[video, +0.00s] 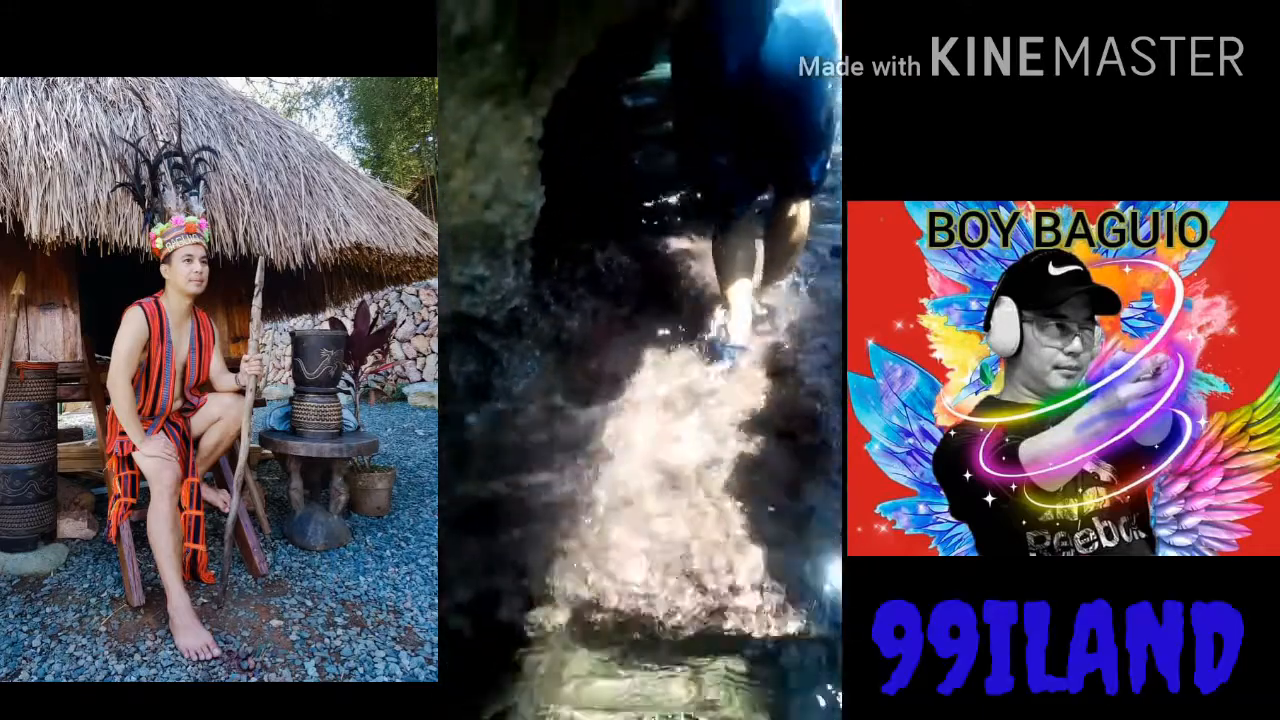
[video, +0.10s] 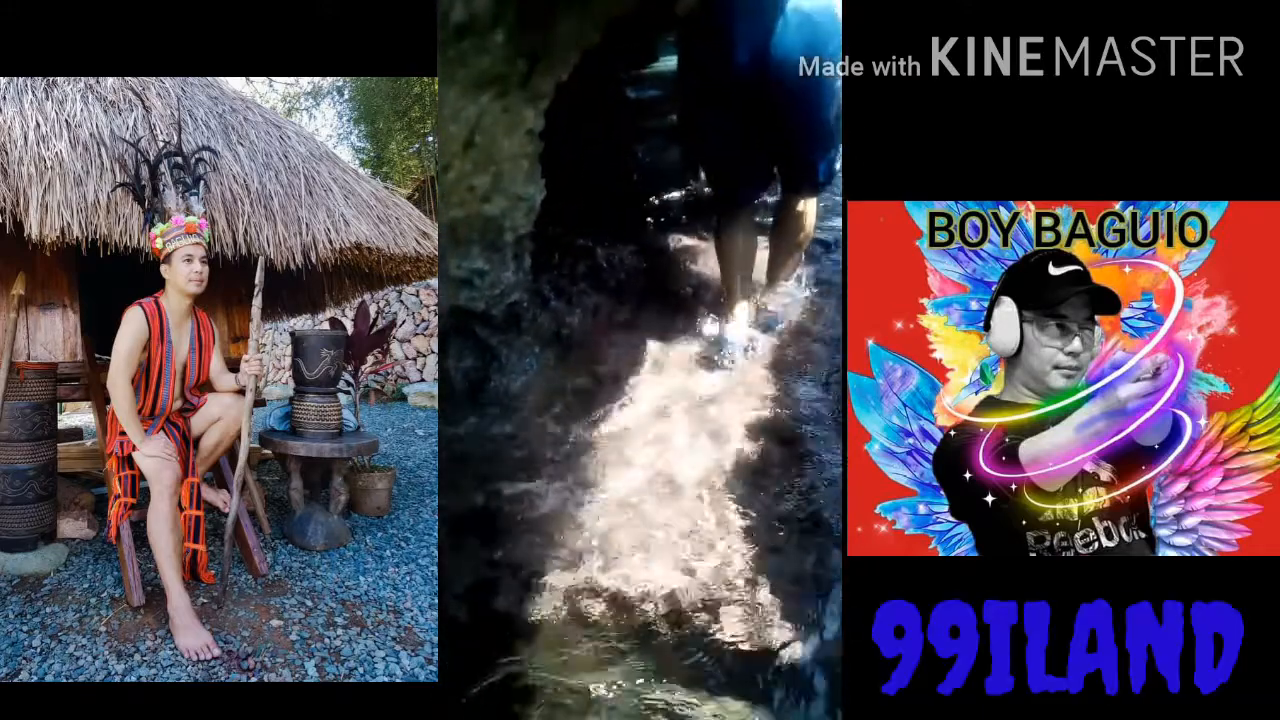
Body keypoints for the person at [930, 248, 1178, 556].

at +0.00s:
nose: (1076, 346)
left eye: (1086, 328)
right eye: (1055, 327)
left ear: (1097, 334)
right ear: (1007, 328)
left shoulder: (1114, 408)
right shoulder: (962, 446)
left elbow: (1155, 435)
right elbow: (1022, 472)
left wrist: (1149, 397)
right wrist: (1106, 412)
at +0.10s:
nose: (1076, 346)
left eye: (1086, 328)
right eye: (1055, 327)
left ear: (1097, 334)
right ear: (1007, 328)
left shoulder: (1114, 408)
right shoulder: (962, 446)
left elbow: (1155, 435)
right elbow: (1022, 472)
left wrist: (1149, 396)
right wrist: (1106, 412)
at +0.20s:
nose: (1076, 346)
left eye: (1086, 328)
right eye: (1055, 327)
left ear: (1096, 334)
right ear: (1007, 327)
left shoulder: (1114, 408)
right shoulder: (962, 446)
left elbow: (1155, 435)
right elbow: (1022, 471)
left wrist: (1149, 397)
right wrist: (1107, 411)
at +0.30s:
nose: (1076, 346)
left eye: (1086, 328)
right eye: (1055, 327)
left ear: (1097, 334)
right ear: (1007, 328)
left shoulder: (1114, 408)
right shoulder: (962, 446)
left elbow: (1155, 435)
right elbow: (1022, 472)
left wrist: (1149, 396)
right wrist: (1106, 412)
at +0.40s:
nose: (1076, 346)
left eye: (1086, 328)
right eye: (1055, 327)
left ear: (1097, 334)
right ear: (1007, 328)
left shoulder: (1114, 408)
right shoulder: (962, 446)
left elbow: (1156, 435)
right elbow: (1022, 472)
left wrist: (1149, 397)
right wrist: (1106, 412)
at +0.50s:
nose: (1076, 346)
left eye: (1086, 328)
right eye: (1055, 327)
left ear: (1097, 334)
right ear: (1007, 327)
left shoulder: (1113, 407)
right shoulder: (962, 445)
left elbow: (1155, 435)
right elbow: (1021, 471)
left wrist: (1148, 395)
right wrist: (1105, 413)